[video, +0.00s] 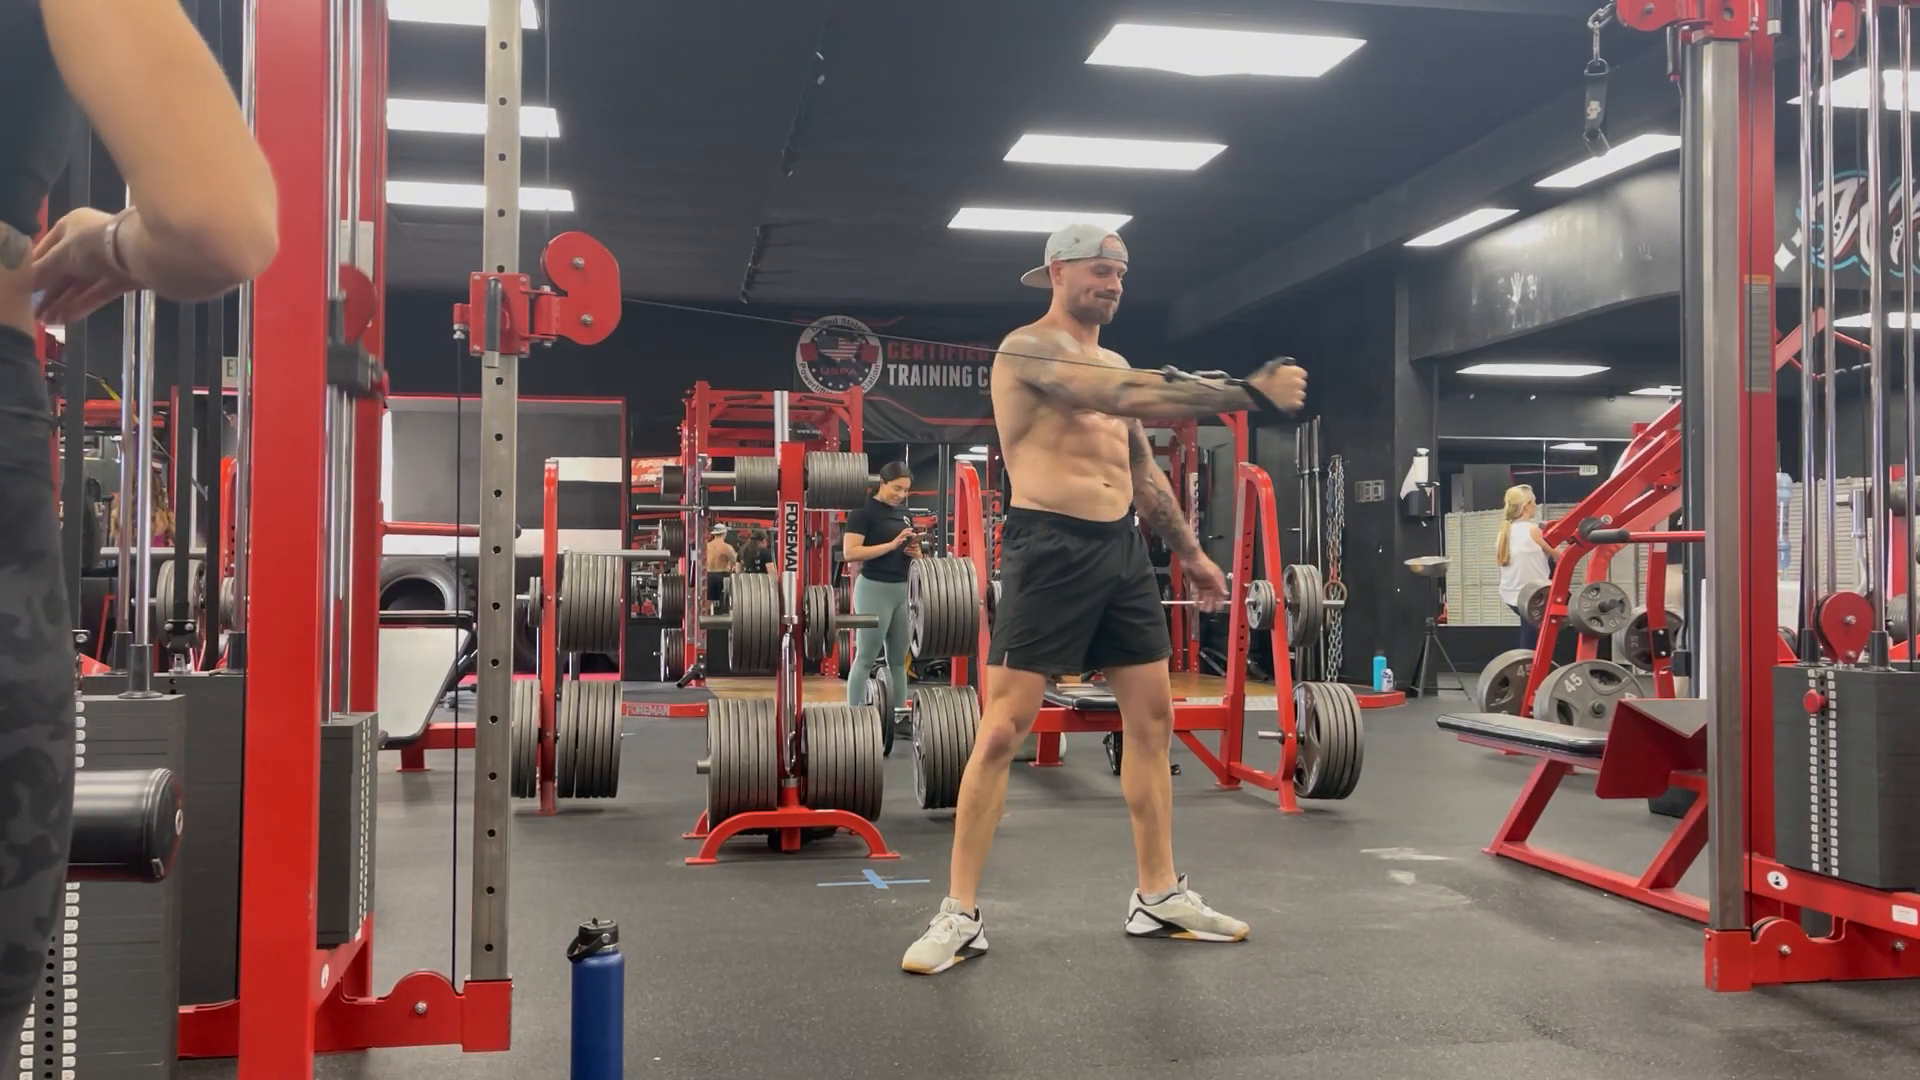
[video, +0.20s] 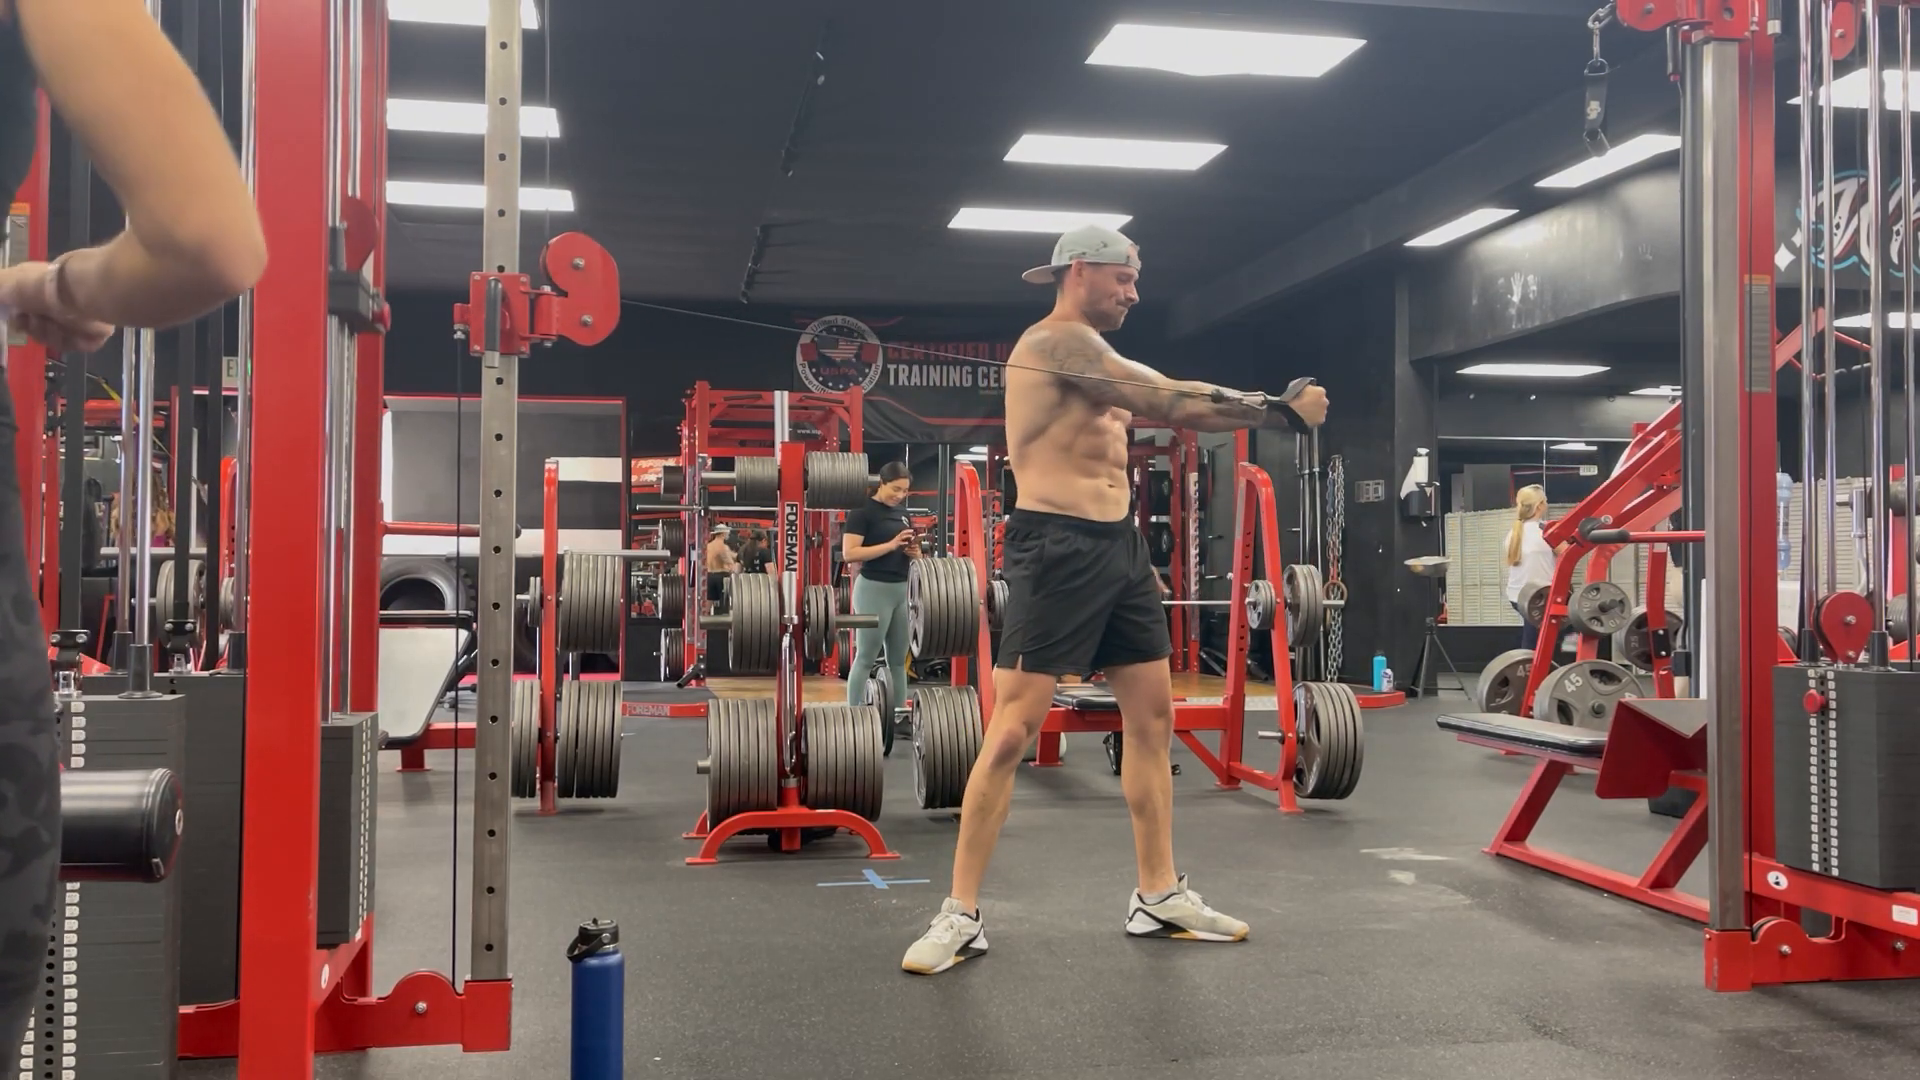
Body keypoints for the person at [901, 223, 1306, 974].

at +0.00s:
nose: (1112, 281)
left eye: (1119, 271)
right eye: (1097, 266)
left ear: (1119, 284)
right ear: (1055, 274)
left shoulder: (1121, 372)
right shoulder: (1024, 347)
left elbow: (1144, 474)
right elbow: (1110, 390)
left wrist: (1191, 552)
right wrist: (1248, 390)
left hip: (1124, 552)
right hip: (1046, 549)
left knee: (1152, 720)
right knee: (1000, 733)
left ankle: (1158, 894)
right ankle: (959, 910)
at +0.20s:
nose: (1133, 288)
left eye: (1135, 278)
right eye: (1122, 274)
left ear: (1101, 280)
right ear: (1077, 273)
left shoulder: (1104, 358)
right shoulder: (1055, 341)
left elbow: (1183, 410)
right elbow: (1158, 396)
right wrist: (1275, 405)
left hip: (1122, 551)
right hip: (1052, 549)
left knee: (1152, 720)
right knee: (1011, 734)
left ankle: (1159, 895)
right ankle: (961, 911)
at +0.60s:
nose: (1137, 298)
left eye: (1141, 286)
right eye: (1129, 283)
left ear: (1093, 278)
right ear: (1089, 274)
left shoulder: (1099, 354)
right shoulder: (1069, 338)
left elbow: (1184, 412)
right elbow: (1175, 399)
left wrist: (1267, 413)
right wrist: (1270, 413)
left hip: (1118, 552)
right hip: (1056, 549)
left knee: (1148, 720)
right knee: (1014, 737)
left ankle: (1159, 895)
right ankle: (961, 911)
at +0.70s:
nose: (1131, 292)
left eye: (1136, 282)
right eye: (1119, 278)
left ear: (1121, 288)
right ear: (1075, 275)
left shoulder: (1102, 356)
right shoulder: (1060, 340)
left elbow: (1179, 408)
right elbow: (1165, 397)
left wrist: (1273, 405)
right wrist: (1280, 406)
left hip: (1119, 552)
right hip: (1054, 549)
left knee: (1148, 721)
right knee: (1012, 735)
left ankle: (1159, 895)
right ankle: (962, 911)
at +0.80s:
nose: (1124, 291)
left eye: (1129, 281)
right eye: (1112, 275)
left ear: (1122, 290)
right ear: (1066, 275)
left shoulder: (1109, 359)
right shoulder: (1048, 340)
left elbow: (1181, 397)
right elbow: (1155, 395)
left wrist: (1275, 394)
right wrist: (1275, 398)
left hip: (1121, 551)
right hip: (1052, 548)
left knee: (1149, 720)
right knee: (1011, 736)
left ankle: (1159, 894)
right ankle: (961, 911)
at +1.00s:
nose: (1106, 287)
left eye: (1116, 277)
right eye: (1092, 272)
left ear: (1120, 289)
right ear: (1053, 276)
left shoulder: (1116, 371)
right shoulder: (1027, 345)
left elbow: (1139, 472)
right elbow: (1116, 389)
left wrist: (1184, 546)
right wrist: (1255, 389)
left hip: (1126, 550)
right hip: (1050, 549)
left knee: (1151, 721)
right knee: (1005, 733)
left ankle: (1158, 894)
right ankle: (960, 910)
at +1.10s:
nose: (1098, 284)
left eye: (1109, 274)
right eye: (1085, 270)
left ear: (1117, 286)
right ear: (1049, 276)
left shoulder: (1125, 373)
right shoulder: (1020, 345)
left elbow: (1152, 468)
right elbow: (1093, 391)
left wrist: (1202, 548)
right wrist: (1224, 386)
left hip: (1126, 551)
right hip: (1046, 548)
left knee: (1152, 720)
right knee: (1001, 733)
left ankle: (1158, 894)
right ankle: (960, 910)